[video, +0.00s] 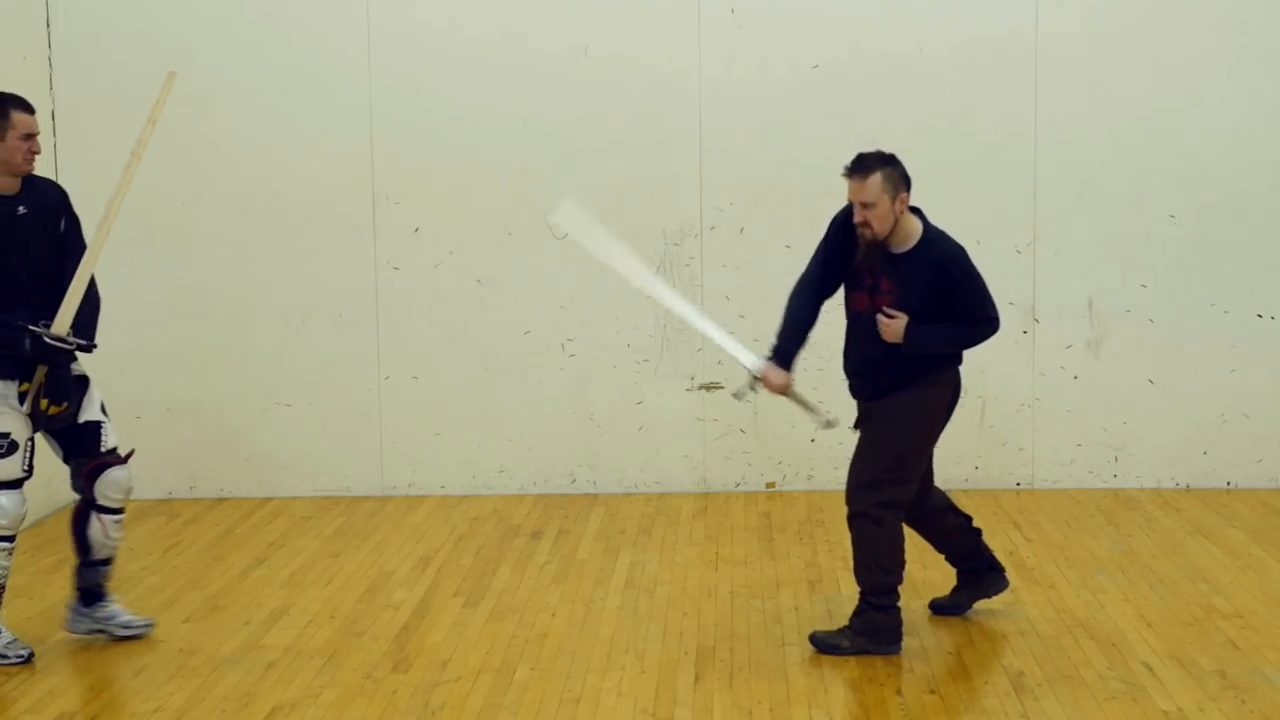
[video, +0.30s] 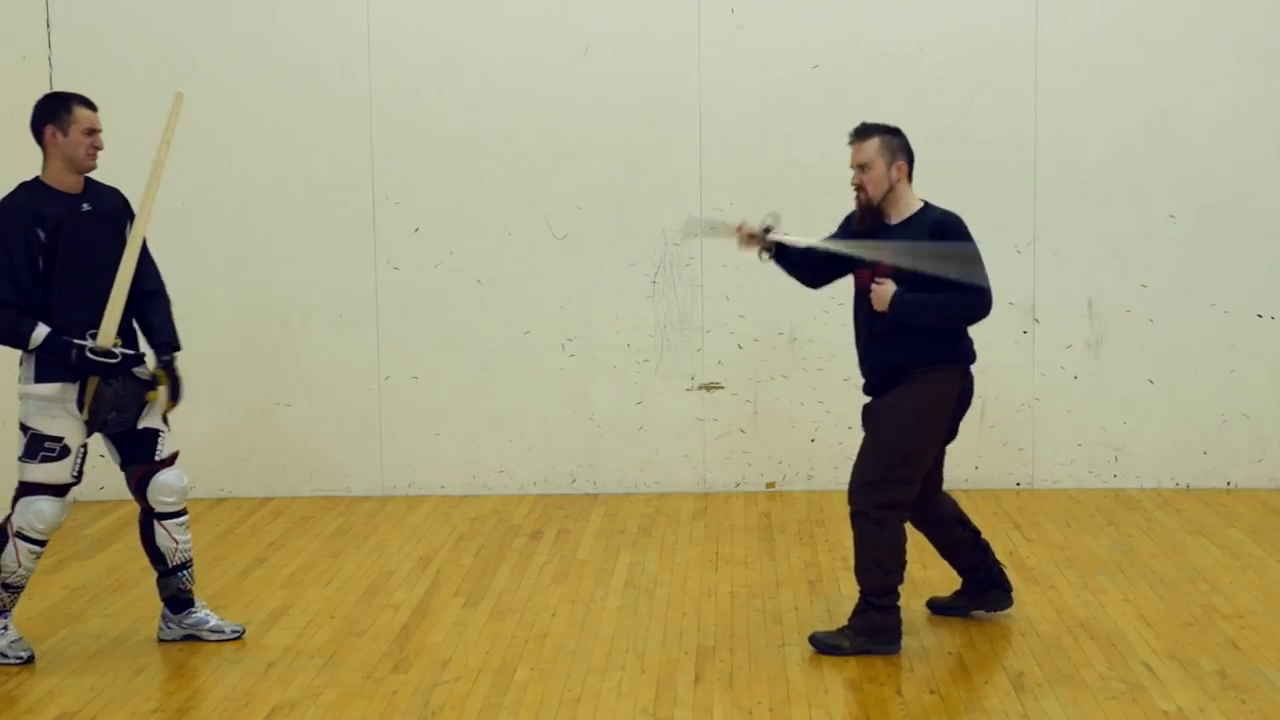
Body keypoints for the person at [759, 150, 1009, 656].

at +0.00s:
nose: (857, 217)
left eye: (869, 206)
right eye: (853, 205)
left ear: (902, 201)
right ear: (849, 199)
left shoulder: (941, 256)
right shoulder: (849, 229)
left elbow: (984, 322)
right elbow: (812, 288)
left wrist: (913, 333)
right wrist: (782, 359)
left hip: (923, 392)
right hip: (875, 392)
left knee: (870, 495)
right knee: (909, 492)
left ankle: (878, 623)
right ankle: (980, 569)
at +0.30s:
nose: (854, 179)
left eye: (863, 169)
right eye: (852, 170)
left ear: (899, 170)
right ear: (874, 173)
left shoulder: (944, 229)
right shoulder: (860, 226)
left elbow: (976, 301)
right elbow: (815, 270)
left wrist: (901, 301)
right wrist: (772, 246)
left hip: (934, 384)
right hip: (893, 388)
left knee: (873, 495)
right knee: (919, 496)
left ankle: (877, 624)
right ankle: (987, 584)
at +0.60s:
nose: (865, 193)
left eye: (869, 182)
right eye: (865, 182)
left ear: (898, 185)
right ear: (908, 186)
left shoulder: (908, 247)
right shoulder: (941, 236)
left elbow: (910, 330)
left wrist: (863, 319)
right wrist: (830, 246)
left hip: (913, 401)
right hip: (948, 396)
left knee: (849, 506)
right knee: (921, 497)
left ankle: (892, 629)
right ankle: (989, 586)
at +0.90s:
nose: (870, 210)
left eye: (879, 201)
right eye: (869, 200)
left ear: (915, 197)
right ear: (890, 196)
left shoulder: (963, 259)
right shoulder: (883, 230)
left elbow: (984, 340)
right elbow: (849, 251)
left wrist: (909, 326)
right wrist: (835, 281)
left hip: (942, 395)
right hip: (902, 392)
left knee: (885, 497)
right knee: (920, 494)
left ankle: (897, 626)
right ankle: (988, 585)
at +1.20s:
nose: (898, 196)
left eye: (904, 186)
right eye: (898, 187)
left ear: (937, 186)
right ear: (935, 189)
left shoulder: (959, 237)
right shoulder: (931, 247)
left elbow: (958, 310)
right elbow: (870, 295)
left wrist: (901, 309)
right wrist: (802, 279)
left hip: (940, 397)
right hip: (952, 399)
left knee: (867, 504)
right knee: (933, 502)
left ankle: (895, 629)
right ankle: (992, 590)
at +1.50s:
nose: (892, 220)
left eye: (903, 215)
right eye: (894, 210)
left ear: (938, 222)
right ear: (927, 217)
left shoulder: (971, 288)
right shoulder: (905, 231)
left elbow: (970, 371)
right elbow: (847, 260)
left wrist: (902, 337)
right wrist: (787, 309)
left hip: (931, 406)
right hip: (903, 396)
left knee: (866, 504)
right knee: (919, 496)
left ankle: (895, 629)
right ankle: (986, 579)